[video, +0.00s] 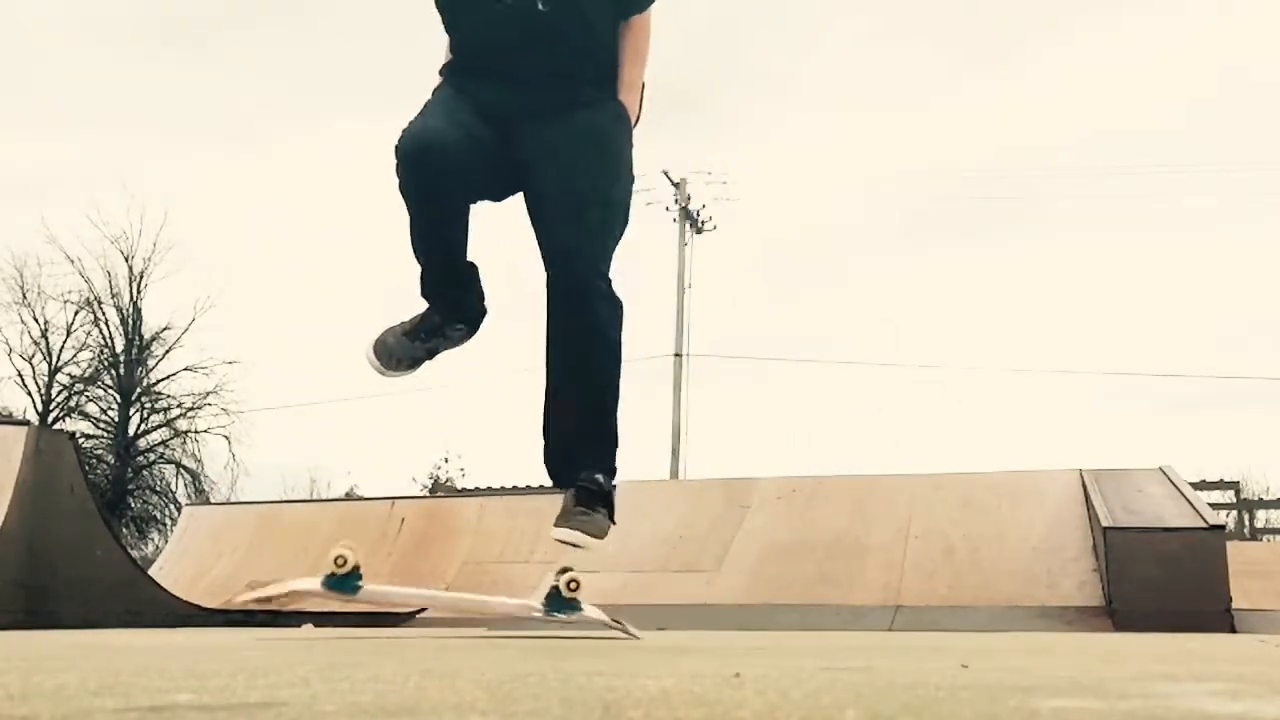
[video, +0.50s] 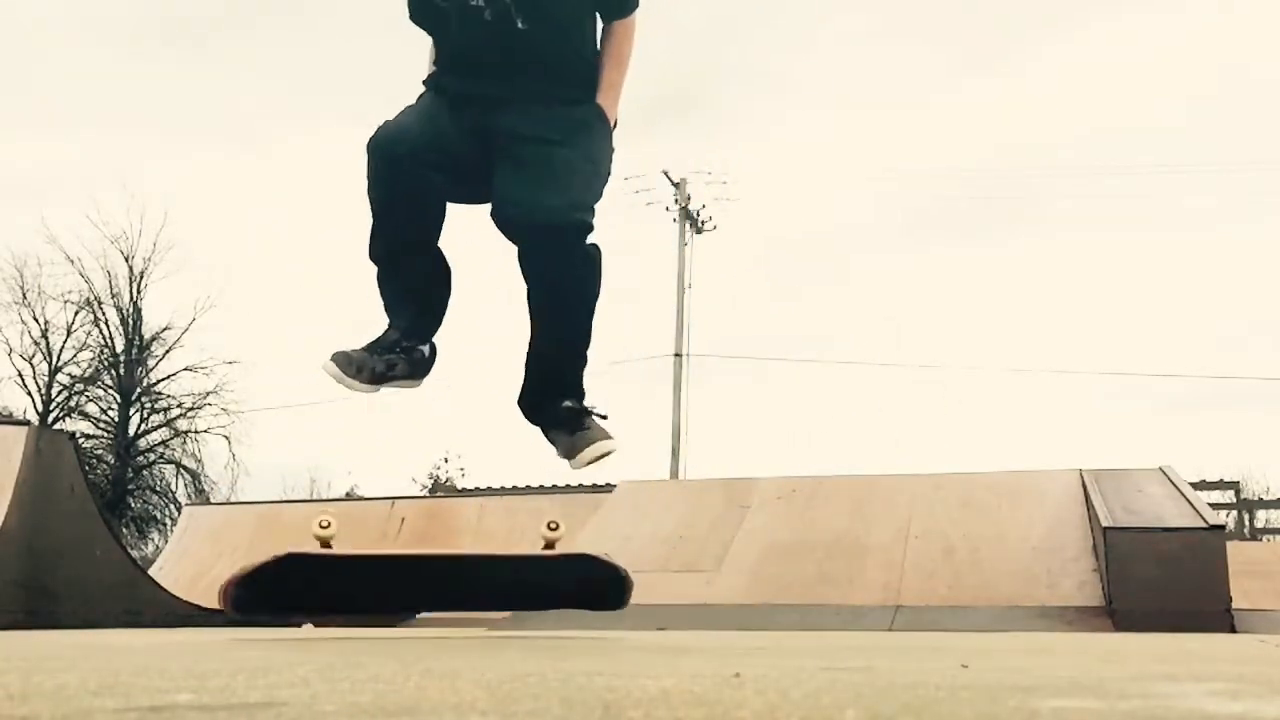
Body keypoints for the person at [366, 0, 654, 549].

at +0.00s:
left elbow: (635, 13)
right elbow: (462, 31)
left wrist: (622, 113)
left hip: (580, 97)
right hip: (479, 88)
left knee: (581, 283)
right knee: (425, 154)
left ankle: (588, 480)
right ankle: (453, 308)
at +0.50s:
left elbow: (621, 15)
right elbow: (442, 31)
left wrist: (603, 111)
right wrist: (436, 93)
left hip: (558, 109)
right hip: (459, 105)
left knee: (554, 225)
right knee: (395, 152)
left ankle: (558, 402)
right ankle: (407, 339)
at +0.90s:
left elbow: (613, 18)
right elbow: (429, 35)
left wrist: (589, 117)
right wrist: (428, 100)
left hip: (548, 118)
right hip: (447, 111)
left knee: (539, 232)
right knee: (378, 212)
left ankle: (543, 406)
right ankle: (357, 399)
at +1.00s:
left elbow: (613, 18)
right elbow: (431, 36)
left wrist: (587, 118)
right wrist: (426, 102)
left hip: (548, 117)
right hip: (446, 111)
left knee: (537, 235)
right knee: (375, 221)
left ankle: (543, 410)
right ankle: (352, 405)